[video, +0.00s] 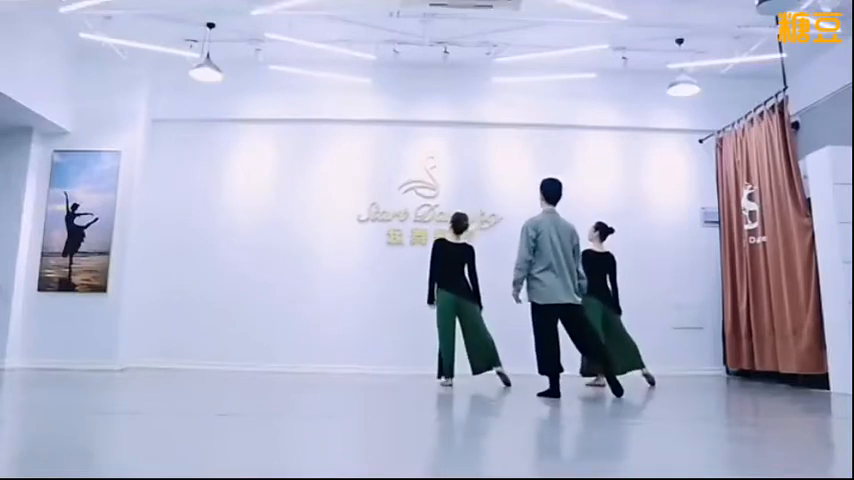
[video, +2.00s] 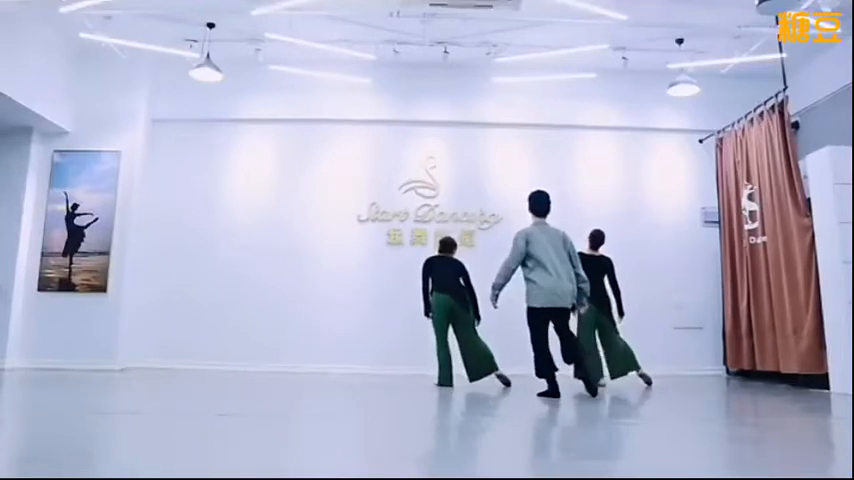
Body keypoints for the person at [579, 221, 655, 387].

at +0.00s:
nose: (588, 232)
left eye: (591, 230)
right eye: (591, 229)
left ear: (596, 233)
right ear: (602, 235)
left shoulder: (585, 255)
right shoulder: (609, 257)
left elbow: (580, 276)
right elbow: (613, 283)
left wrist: (577, 295)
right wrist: (616, 305)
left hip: (590, 298)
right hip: (607, 299)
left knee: (595, 335)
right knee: (622, 336)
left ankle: (600, 376)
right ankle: (642, 369)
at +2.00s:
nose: (591, 242)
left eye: (590, 239)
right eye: (595, 240)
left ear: (589, 240)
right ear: (602, 243)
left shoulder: (578, 258)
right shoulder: (606, 261)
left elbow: (573, 281)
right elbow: (614, 286)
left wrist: (573, 303)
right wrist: (620, 309)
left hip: (585, 306)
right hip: (603, 305)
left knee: (587, 342)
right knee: (614, 338)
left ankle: (597, 378)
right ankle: (637, 369)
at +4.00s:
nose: (551, 230)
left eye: (550, 227)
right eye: (555, 227)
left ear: (548, 227)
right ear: (562, 228)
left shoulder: (541, 247)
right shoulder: (567, 249)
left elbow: (537, 272)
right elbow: (571, 276)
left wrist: (536, 293)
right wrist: (573, 297)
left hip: (547, 292)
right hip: (564, 293)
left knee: (551, 330)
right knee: (563, 330)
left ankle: (560, 367)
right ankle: (557, 369)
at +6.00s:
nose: (524, 233)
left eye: (524, 230)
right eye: (530, 230)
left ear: (523, 232)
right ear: (537, 232)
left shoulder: (516, 252)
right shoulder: (543, 253)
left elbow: (512, 278)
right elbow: (548, 280)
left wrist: (511, 299)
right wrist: (550, 300)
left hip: (522, 296)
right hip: (540, 297)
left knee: (527, 333)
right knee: (541, 332)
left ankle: (538, 368)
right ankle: (543, 370)